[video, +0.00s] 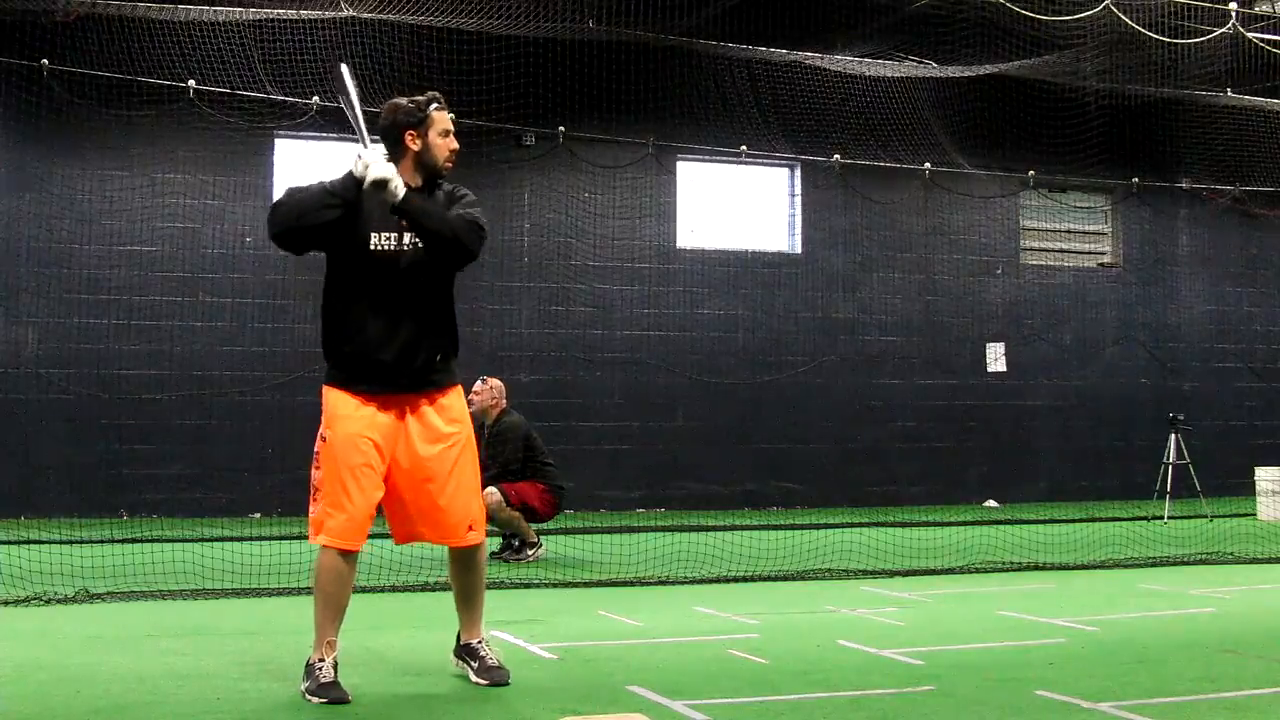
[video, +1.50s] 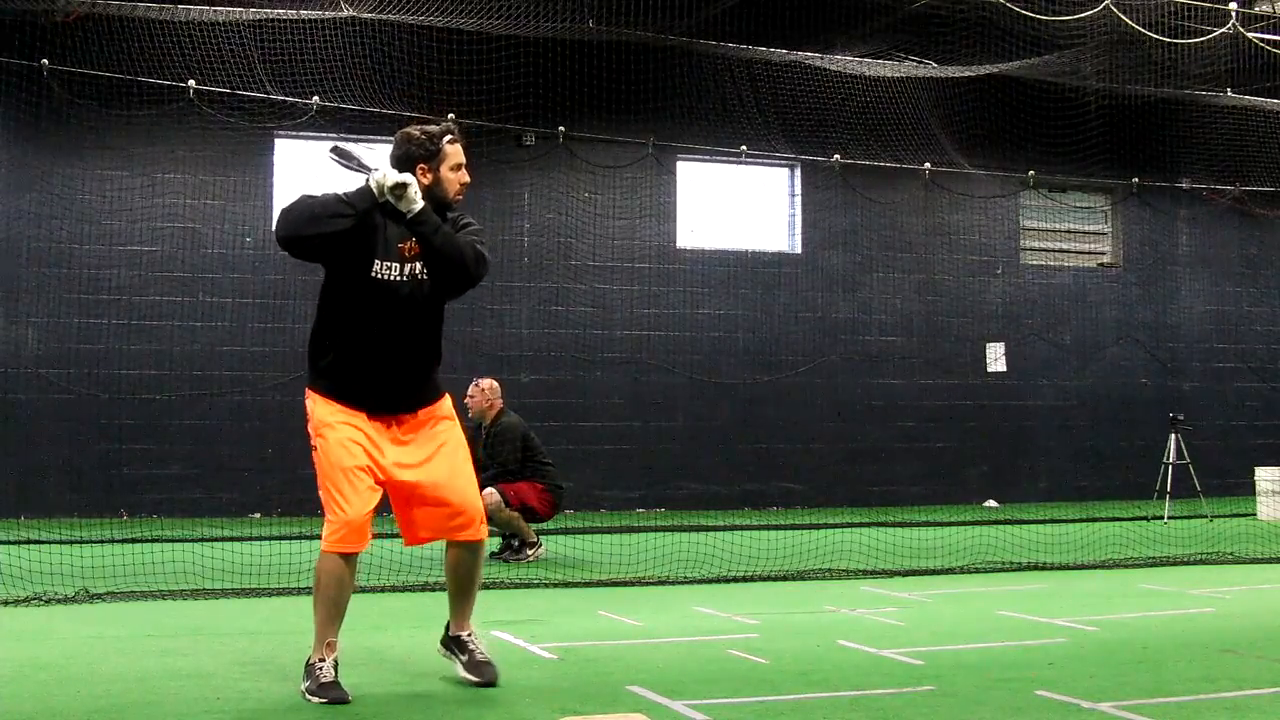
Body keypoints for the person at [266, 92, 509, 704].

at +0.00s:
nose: (456, 143)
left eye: (455, 134)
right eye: (448, 134)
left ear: (421, 139)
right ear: (412, 139)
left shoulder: (453, 199)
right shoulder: (350, 200)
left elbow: (465, 243)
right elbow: (282, 223)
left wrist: (395, 191)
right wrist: (358, 184)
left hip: (436, 393)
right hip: (356, 393)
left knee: (467, 527)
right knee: (342, 532)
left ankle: (472, 641)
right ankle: (323, 658)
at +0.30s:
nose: (475, 153)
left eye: (473, 144)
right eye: (465, 144)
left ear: (445, 149)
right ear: (432, 149)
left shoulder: (470, 211)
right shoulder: (370, 202)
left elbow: (480, 235)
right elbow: (305, 216)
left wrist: (425, 180)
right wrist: (375, 174)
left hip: (450, 395)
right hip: (372, 392)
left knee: (470, 528)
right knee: (363, 523)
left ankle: (469, 646)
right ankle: (325, 657)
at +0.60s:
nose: (465, 159)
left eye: (464, 149)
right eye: (456, 149)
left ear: (435, 153)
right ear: (421, 153)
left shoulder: (457, 216)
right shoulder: (357, 204)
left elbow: (472, 248)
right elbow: (292, 208)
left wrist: (414, 191)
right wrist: (366, 174)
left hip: (428, 399)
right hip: (349, 397)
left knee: (466, 527)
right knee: (346, 525)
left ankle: (469, 640)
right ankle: (322, 658)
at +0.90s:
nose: (471, 164)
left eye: (469, 155)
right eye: (462, 156)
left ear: (441, 162)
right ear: (428, 161)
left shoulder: (466, 222)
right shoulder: (365, 214)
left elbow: (474, 255)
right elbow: (296, 222)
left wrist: (422, 195)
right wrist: (373, 183)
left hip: (440, 403)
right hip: (361, 400)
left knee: (467, 528)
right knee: (359, 518)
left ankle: (465, 647)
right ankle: (324, 658)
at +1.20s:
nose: (474, 170)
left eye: (473, 160)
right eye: (465, 161)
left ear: (443, 167)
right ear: (431, 166)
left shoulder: (468, 227)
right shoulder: (370, 217)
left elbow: (477, 263)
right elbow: (299, 225)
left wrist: (424, 204)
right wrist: (373, 190)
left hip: (444, 409)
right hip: (365, 405)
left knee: (469, 536)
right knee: (361, 522)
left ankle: (464, 648)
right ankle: (324, 658)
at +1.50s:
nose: (465, 177)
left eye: (465, 167)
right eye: (457, 168)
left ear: (435, 172)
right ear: (423, 171)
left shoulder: (455, 231)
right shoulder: (358, 219)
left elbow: (466, 273)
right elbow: (288, 229)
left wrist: (417, 209)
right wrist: (368, 194)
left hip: (423, 405)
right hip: (344, 404)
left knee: (469, 520)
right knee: (349, 524)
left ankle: (460, 633)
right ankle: (323, 658)